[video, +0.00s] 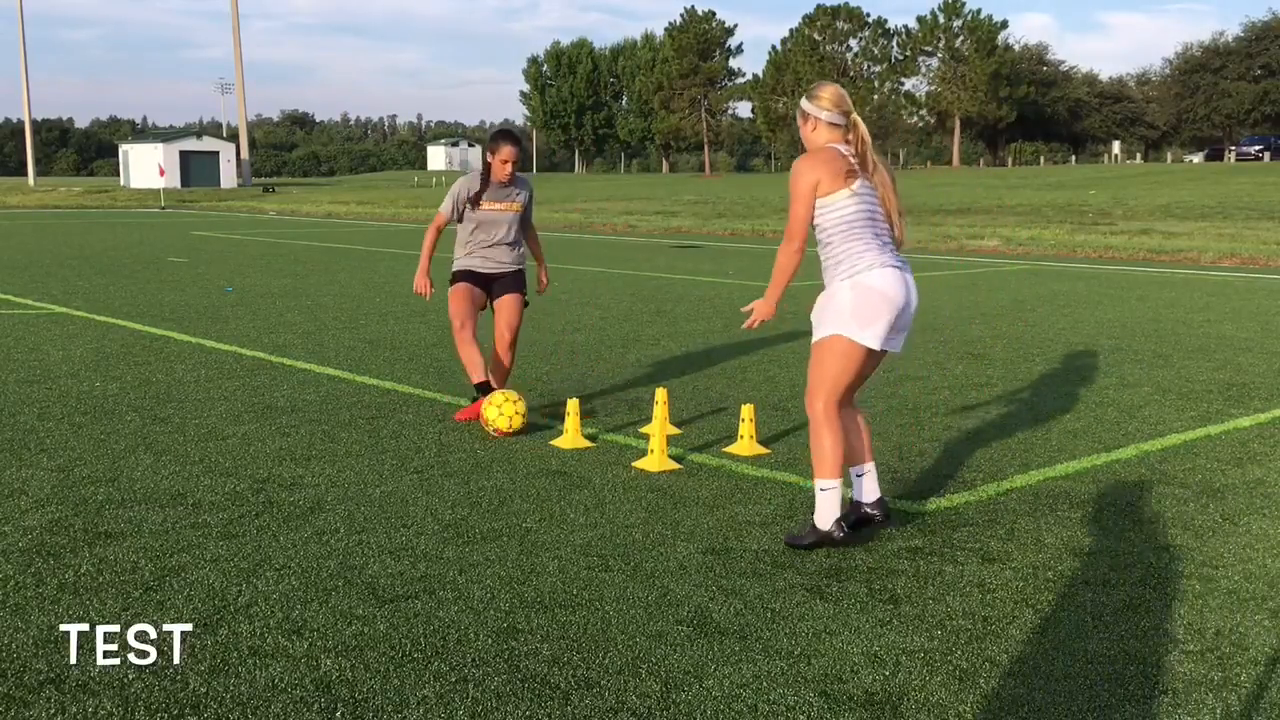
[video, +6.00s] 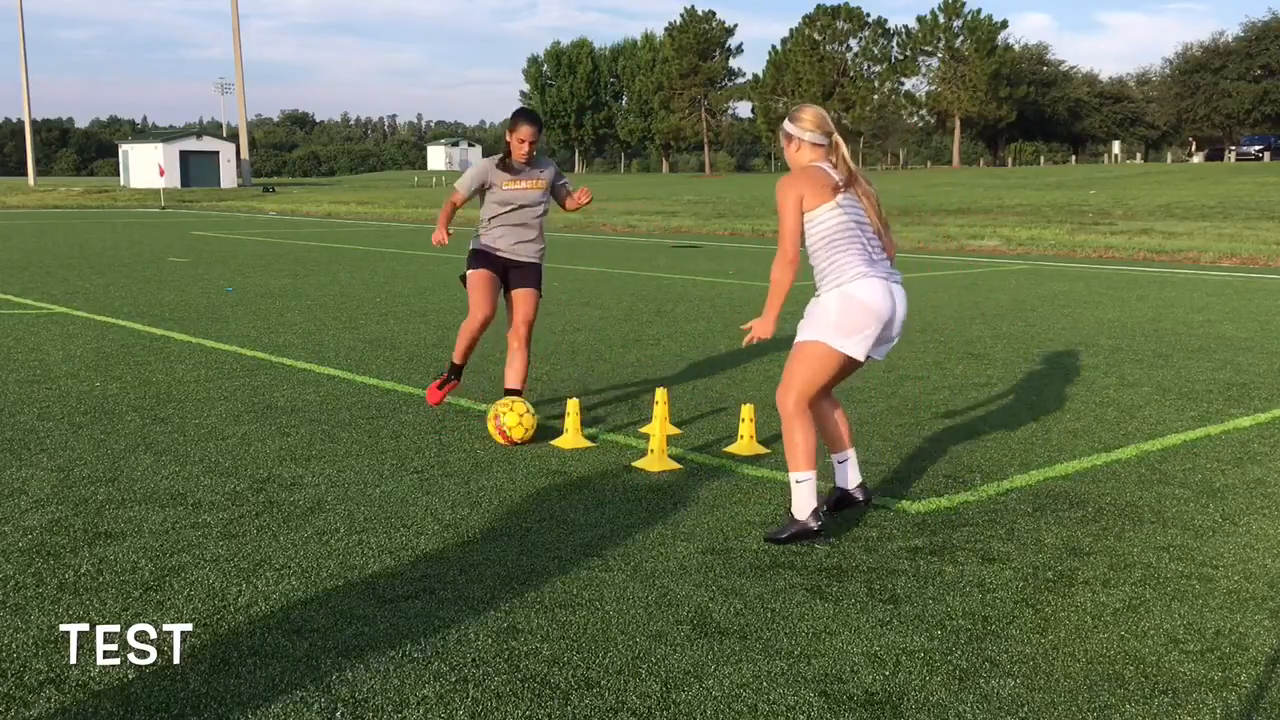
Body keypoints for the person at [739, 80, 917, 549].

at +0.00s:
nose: (800, 130)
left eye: (802, 122)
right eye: (801, 122)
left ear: (815, 122)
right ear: (844, 123)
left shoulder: (811, 164)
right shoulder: (867, 164)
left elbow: (795, 242)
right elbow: (886, 232)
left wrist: (770, 299)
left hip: (860, 287)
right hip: (895, 284)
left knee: (820, 401)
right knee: (842, 398)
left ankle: (826, 521)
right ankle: (869, 501)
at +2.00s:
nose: (906, 178)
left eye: (907, 172)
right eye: (907, 172)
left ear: (915, 174)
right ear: (944, 172)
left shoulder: (904, 213)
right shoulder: (975, 210)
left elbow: (903, 279)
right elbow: (984, 268)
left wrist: (900, 328)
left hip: (937, 309)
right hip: (986, 309)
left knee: (880, 379)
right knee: (961, 381)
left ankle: (875, 465)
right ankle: (981, 464)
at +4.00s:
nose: (858, 169)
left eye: (860, 163)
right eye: (860, 163)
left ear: (868, 164)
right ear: (902, 163)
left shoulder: (860, 205)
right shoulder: (926, 202)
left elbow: (869, 269)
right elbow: (938, 245)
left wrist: (872, 327)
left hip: (865, 325)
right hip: (922, 327)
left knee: (849, 420)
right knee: (924, 440)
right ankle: (936, 525)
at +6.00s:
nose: (784, 153)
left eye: (785, 145)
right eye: (784, 146)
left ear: (797, 143)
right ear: (826, 143)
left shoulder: (795, 181)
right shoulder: (854, 181)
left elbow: (788, 258)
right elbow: (886, 247)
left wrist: (768, 316)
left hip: (850, 296)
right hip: (887, 294)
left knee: (791, 396)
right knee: (818, 391)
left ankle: (805, 514)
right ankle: (851, 486)